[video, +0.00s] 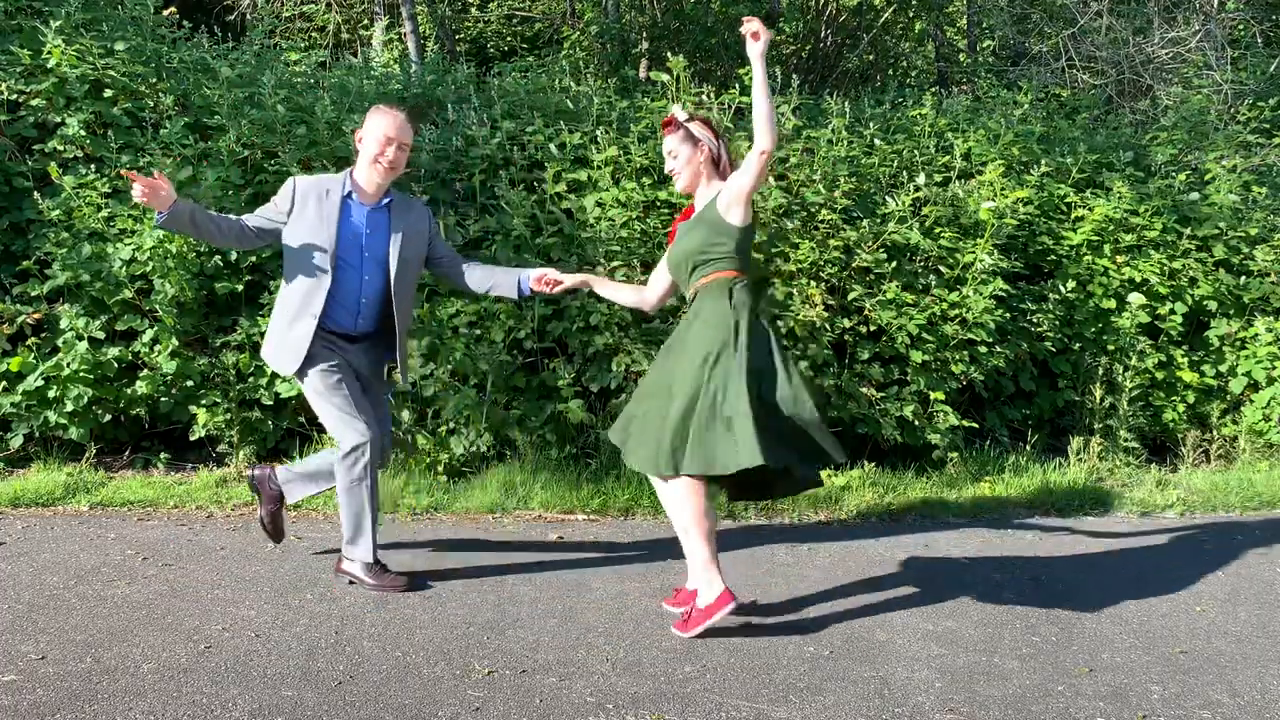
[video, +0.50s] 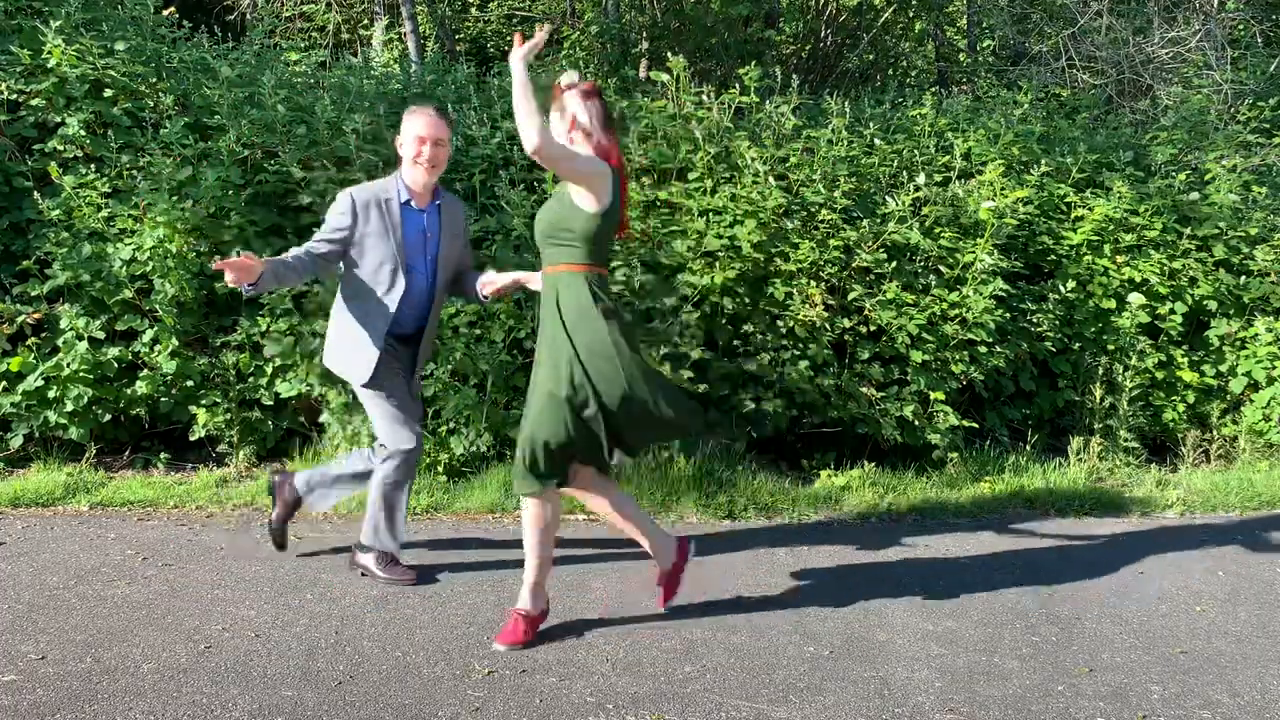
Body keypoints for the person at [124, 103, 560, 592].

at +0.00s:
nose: (394, 154)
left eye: (403, 147)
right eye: (386, 142)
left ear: (409, 155)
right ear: (359, 141)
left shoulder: (416, 217)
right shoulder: (305, 194)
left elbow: (460, 271)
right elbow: (242, 232)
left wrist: (526, 280)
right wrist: (174, 209)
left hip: (370, 350)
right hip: (312, 343)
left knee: (376, 451)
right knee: (360, 440)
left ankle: (277, 481)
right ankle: (360, 559)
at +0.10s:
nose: (390, 149)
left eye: (400, 142)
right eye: (382, 138)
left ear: (408, 152)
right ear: (359, 138)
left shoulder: (414, 212)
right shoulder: (307, 188)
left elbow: (452, 265)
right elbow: (247, 226)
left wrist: (514, 275)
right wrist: (177, 212)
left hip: (365, 342)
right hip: (311, 334)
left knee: (342, 445)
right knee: (356, 435)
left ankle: (245, 493)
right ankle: (357, 558)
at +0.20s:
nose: (389, 151)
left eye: (400, 143)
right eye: (381, 139)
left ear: (411, 152)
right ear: (360, 139)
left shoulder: (415, 211)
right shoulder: (312, 189)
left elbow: (448, 265)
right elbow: (249, 227)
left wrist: (502, 272)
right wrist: (185, 218)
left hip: (360, 342)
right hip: (312, 334)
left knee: (308, 440)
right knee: (366, 429)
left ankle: (229, 512)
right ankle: (357, 552)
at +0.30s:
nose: (394, 160)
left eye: (405, 153)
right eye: (386, 149)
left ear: (415, 161)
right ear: (366, 149)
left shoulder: (419, 216)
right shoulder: (318, 201)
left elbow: (442, 279)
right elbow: (258, 242)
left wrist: (486, 283)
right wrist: (198, 235)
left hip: (363, 348)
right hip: (320, 342)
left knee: (296, 439)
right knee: (383, 431)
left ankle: (218, 515)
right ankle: (366, 548)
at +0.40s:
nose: (409, 162)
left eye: (419, 154)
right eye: (400, 151)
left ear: (430, 162)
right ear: (381, 154)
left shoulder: (434, 221)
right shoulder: (337, 209)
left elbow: (441, 281)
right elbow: (283, 256)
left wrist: (476, 291)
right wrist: (225, 257)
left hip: (382, 356)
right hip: (340, 350)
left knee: (328, 444)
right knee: (398, 441)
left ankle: (232, 507)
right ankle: (374, 549)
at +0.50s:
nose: (429, 151)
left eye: (439, 143)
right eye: (419, 141)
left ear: (450, 150)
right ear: (400, 145)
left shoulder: (454, 213)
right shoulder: (359, 203)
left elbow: (458, 276)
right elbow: (315, 256)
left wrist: (484, 283)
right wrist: (263, 272)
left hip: (412, 349)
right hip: (364, 343)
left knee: (400, 454)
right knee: (402, 443)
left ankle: (296, 488)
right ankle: (375, 548)